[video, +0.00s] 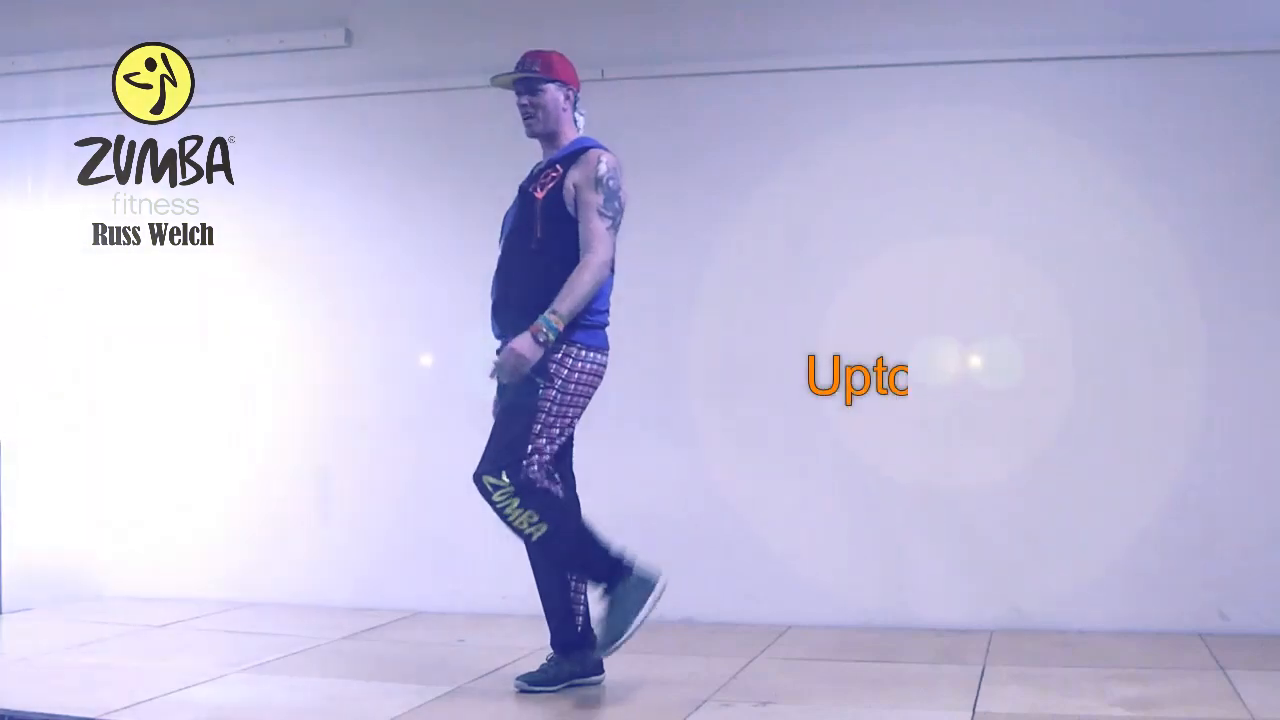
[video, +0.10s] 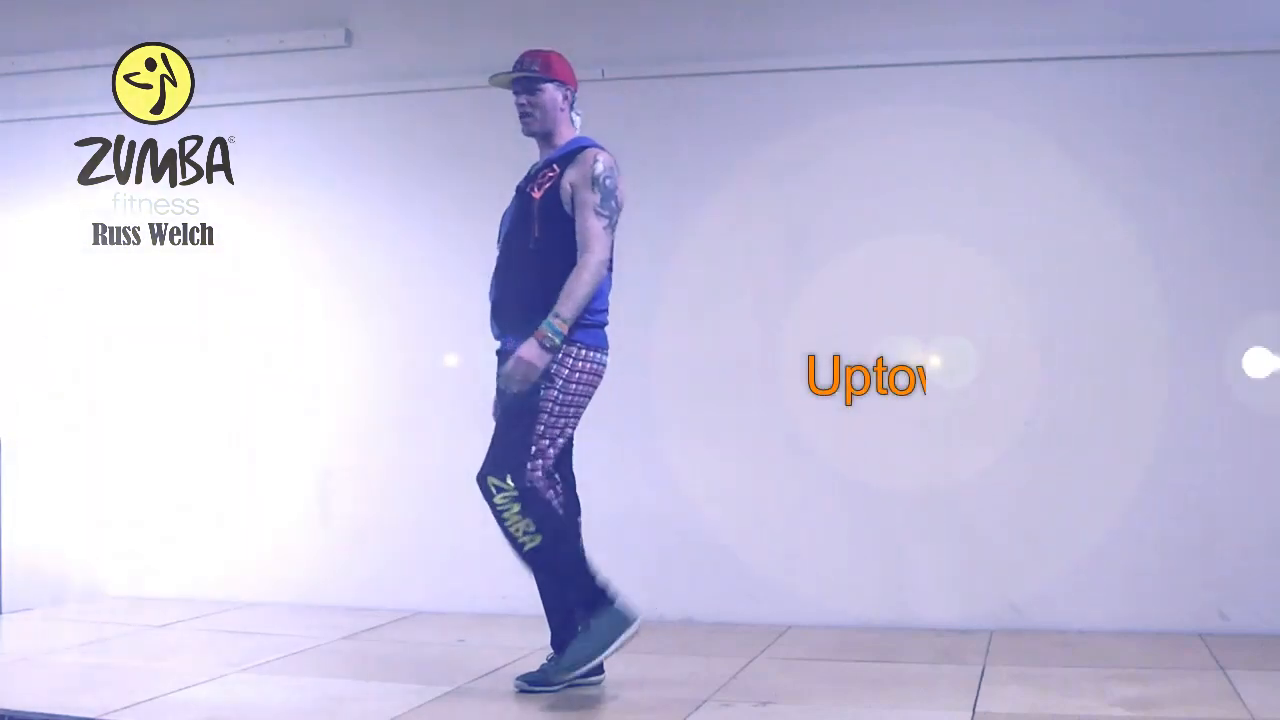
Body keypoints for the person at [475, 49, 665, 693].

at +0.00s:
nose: (523, 101)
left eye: (534, 90)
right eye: (518, 93)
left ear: (569, 94)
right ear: (522, 103)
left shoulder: (592, 164)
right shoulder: (541, 174)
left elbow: (598, 260)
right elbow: (532, 266)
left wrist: (540, 333)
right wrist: (512, 341)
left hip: (567, 351)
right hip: (536, 351)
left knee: (501, 477)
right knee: (546, 498)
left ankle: (619, 577)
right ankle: (574, 654)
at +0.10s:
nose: (522, 100)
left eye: (533, 89)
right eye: (517, 92)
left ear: (567, 95)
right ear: (519, 102)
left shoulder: (591, 163)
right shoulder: (539, 174)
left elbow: (595, 259)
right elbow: (530, 265)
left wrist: (544, 339)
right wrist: (510, 340)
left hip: (566, 350)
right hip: (529, 350)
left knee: (505, 477)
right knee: (547, 489)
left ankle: (593, 611)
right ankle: (572, 653)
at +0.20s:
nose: (512, 100)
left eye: (524, 89)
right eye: (507, 92)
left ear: (556, 94)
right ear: (506, 104)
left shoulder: (579, 162)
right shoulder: (527, 177)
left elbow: (591, 253)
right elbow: (516, 278)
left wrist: (577, 346)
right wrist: (501, 370)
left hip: (556, 354)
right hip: (519, 355)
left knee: (522, 493)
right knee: (545, 495)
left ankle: (535, 653)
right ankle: (573, 645)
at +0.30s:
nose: (506, 101)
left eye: (518, 90)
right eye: (500, 92)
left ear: (550, 95)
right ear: (498, 105)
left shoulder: (575, 160)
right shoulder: (516, 184)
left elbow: (596, 252)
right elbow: (509, 290)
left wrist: (597, 349)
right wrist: (496, 382)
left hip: (555, 356)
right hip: (515, 360)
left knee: (523, 499)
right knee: (547, 502)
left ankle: (507, 658)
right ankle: (576, 649)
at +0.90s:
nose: (487, 82)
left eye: (500, 71)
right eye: (480, 74)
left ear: (534, 80)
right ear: (476, 88)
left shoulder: (559, 164)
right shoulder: (476, 166)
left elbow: (586, 265)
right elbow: (460, 266)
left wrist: (590, 365)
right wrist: (422, 349)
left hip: (529, 359)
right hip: (471, 359)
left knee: (513, 505)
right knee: (493, 505)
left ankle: (503, 664)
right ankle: (565, 633)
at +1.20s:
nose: (477, 84)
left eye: (490, 73)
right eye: (472, 75)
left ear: (524, 81)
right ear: (469, 87)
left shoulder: (543, 163)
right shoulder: (475, 160)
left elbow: (562, 273)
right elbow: (467, 257)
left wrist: (499, 355)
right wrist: (441, 323)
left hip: (523, 359)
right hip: (472, 356)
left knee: (507, 501)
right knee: (451, 492)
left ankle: (503, 665)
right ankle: (512, 631)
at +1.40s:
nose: (475, 87)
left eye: (487, 76)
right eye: (469, 78)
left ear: (520, 87)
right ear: (466, 92)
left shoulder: (539, 163)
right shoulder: (474, 167)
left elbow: (575, 264)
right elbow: (473, 259)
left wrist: (498, 323)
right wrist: (445, 314)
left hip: (520, 358)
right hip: (471, 355)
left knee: (509, 500)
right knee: (471, 496)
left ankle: (503, 667)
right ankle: (521, 618)